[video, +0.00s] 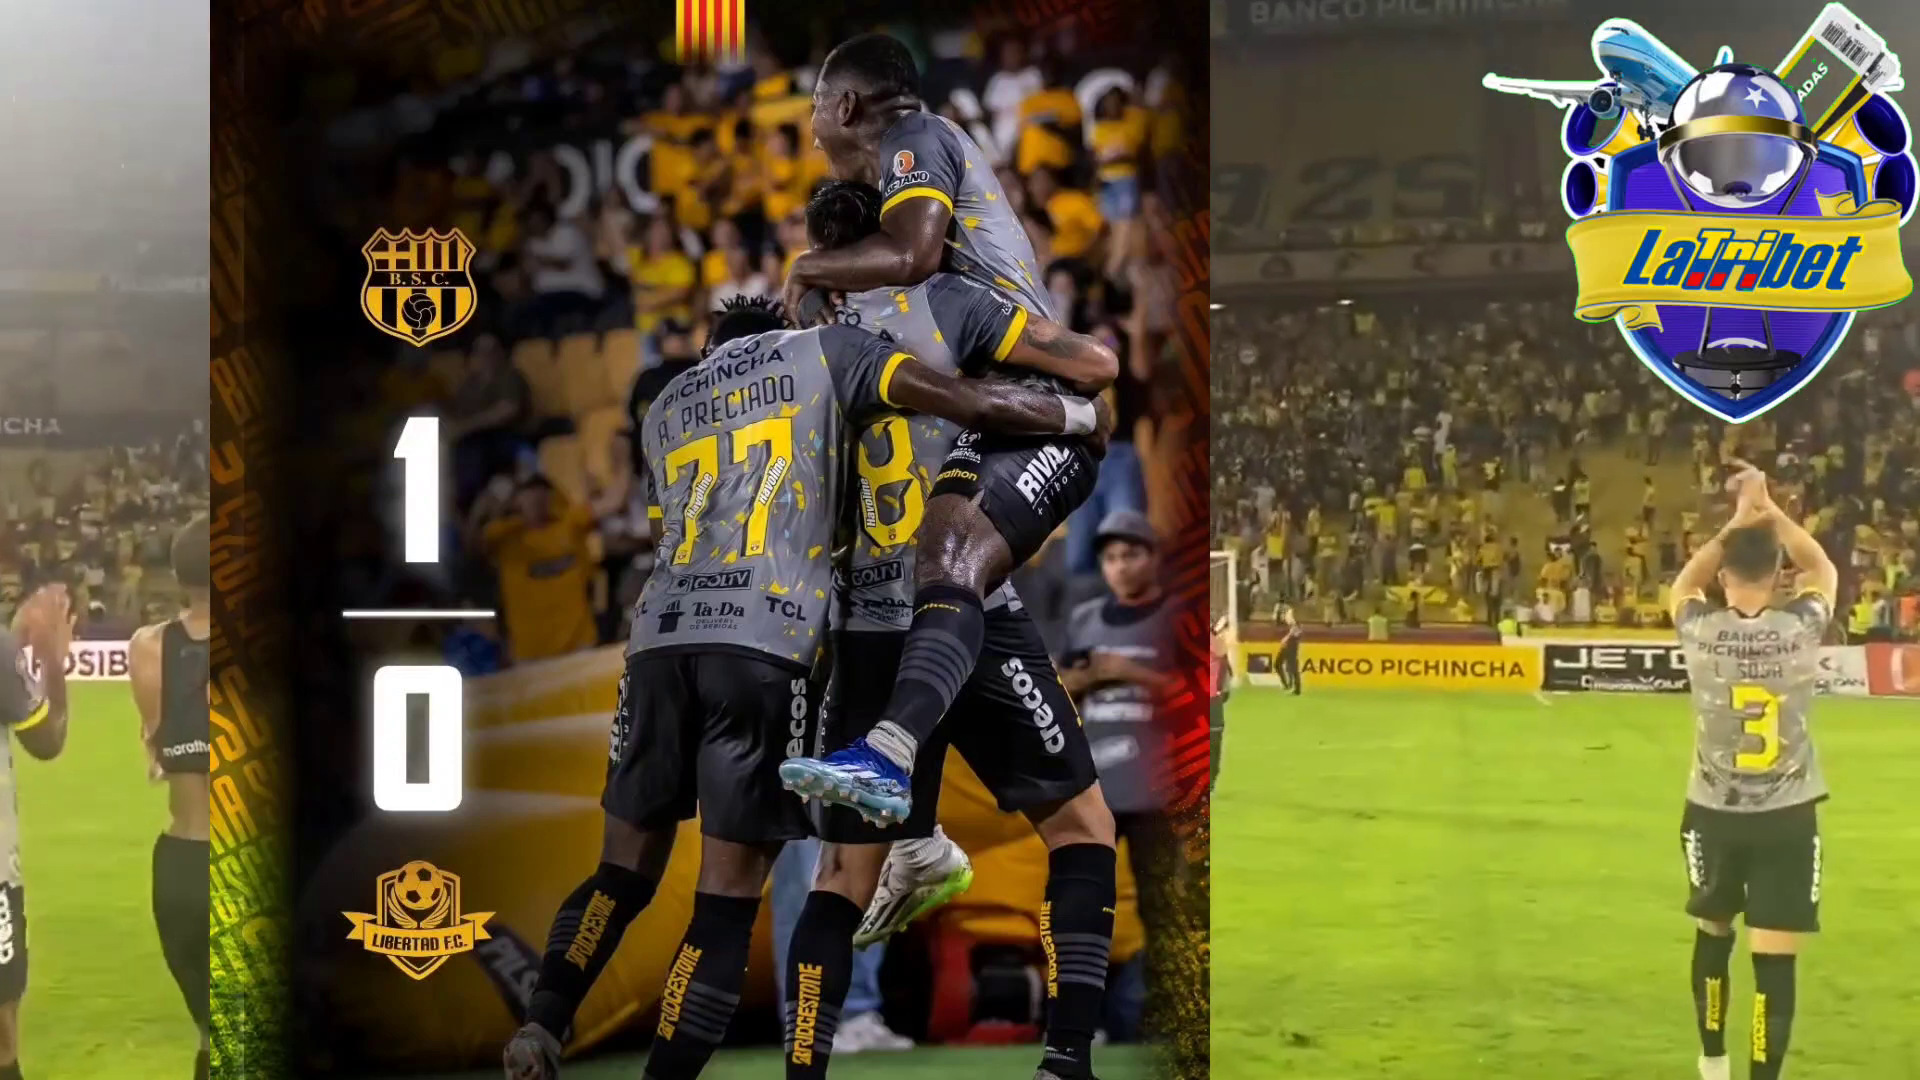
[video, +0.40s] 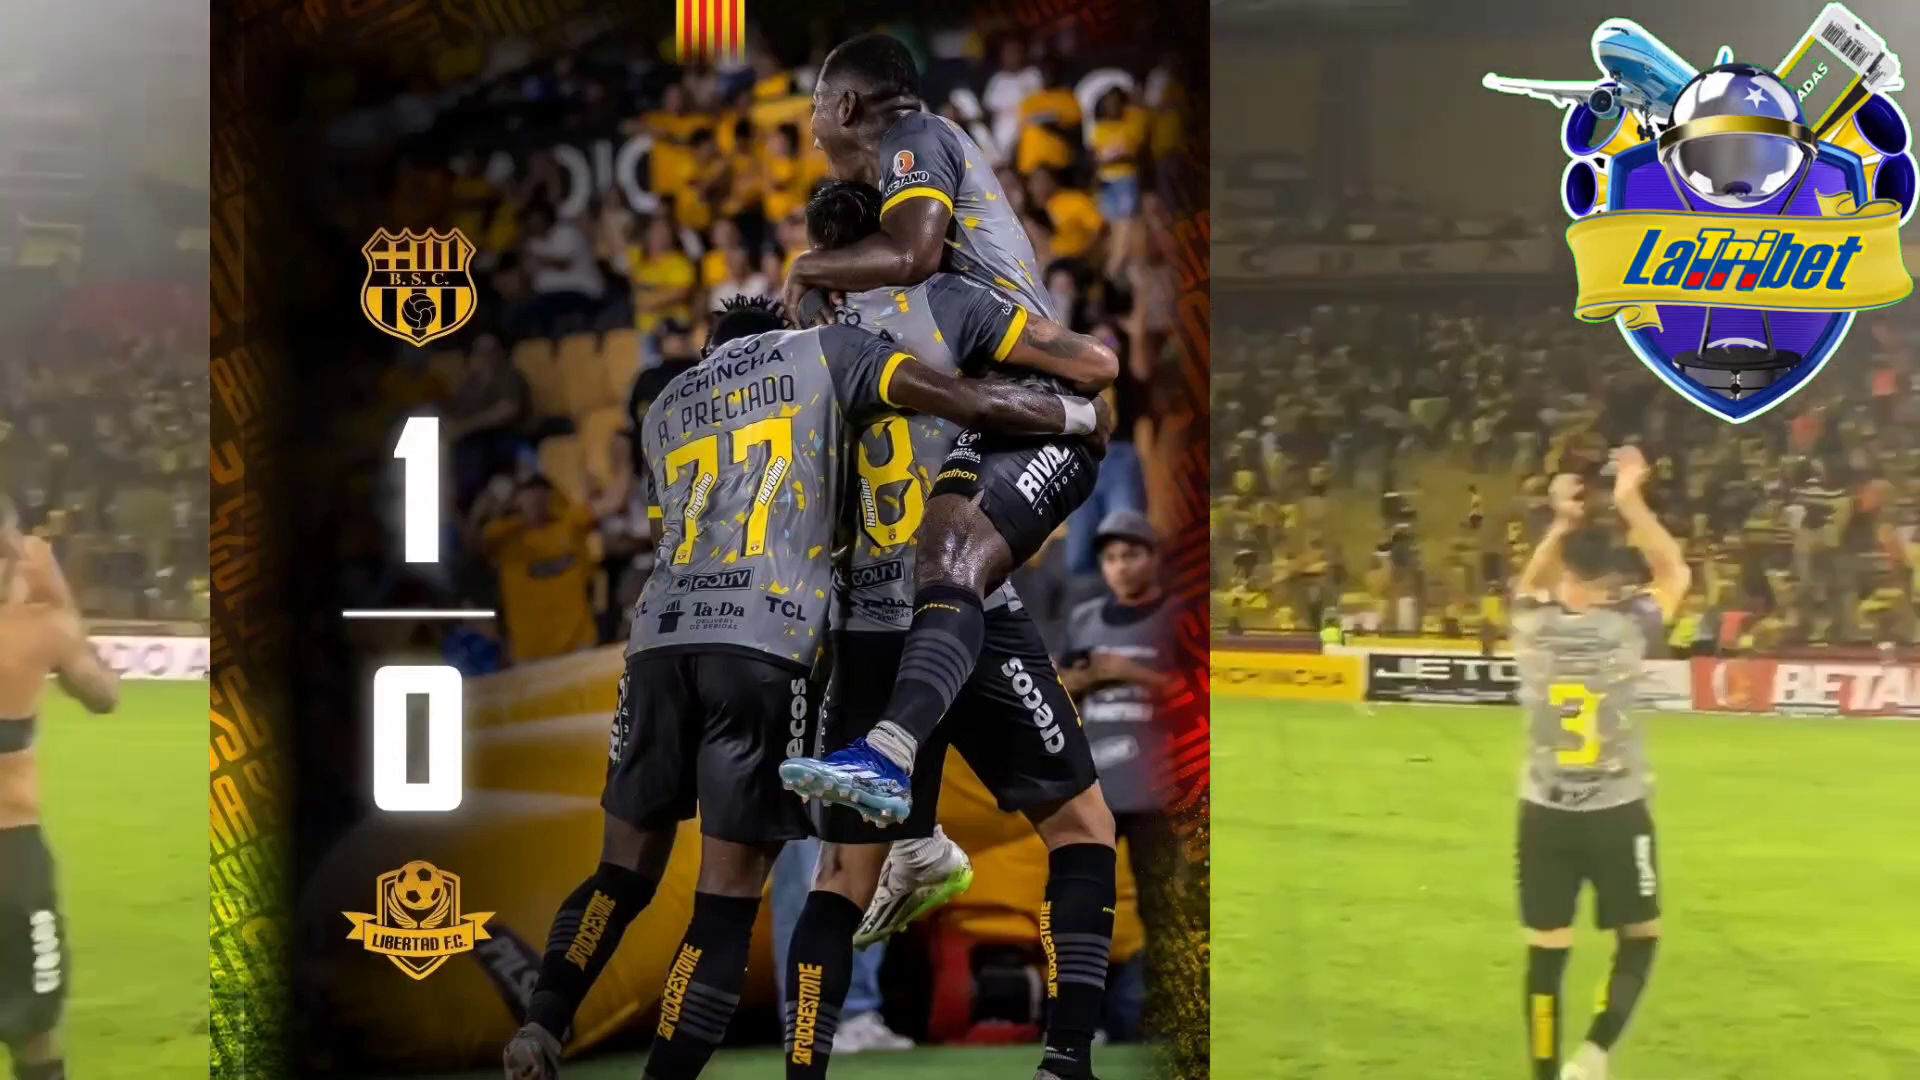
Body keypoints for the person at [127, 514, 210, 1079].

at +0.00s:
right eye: (227, 564)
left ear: (177, 573)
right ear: (229, 571)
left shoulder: (150, 646)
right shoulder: (261, 637)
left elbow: (159, 752)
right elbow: (160, 754)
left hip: (184, 868)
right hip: (255, 871)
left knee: (213, 1032)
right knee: (230, 1035)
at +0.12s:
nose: (209, 551)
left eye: (205, 541)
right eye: (205, 541)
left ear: (137, 556)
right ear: (194, 554)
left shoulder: (97, 629)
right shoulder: (213, 631)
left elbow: (110, 743)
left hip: (128, 860)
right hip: (203, 866)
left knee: (160, 1027)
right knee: (235, 1026)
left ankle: (155, 1067)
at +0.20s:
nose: (166, 534)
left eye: (163, 525)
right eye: (161, 526)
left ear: (88, 540)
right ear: (154, 537)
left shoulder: (49, 614)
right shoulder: (185, 615)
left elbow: (61, 725)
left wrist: (154, 582)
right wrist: (208, 573)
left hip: (76, 846)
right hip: (161, 851)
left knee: (94, 1017)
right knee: (211, 1009)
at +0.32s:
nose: (108, 530)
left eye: (104, 521)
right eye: (102, 523)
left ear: (26, 537)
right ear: (93, 536)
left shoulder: (6, 605)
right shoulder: (123, 612)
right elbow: (190, 678)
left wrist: (108, 579)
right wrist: (129, 587)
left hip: (17, 843)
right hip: (100, 847)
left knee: (13, 1023)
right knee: (143, 1018)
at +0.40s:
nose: (25, 549)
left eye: (16, 539)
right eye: (19, 539)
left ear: (14, 552)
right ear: (12, 553)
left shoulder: (33, 624)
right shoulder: (35, 626)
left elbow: (103, 694)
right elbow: (104, 694)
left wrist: (47, 595)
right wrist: (57, 591)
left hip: (13, 831)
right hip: (11, 832)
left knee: (35, 1039)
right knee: (35, 1041)